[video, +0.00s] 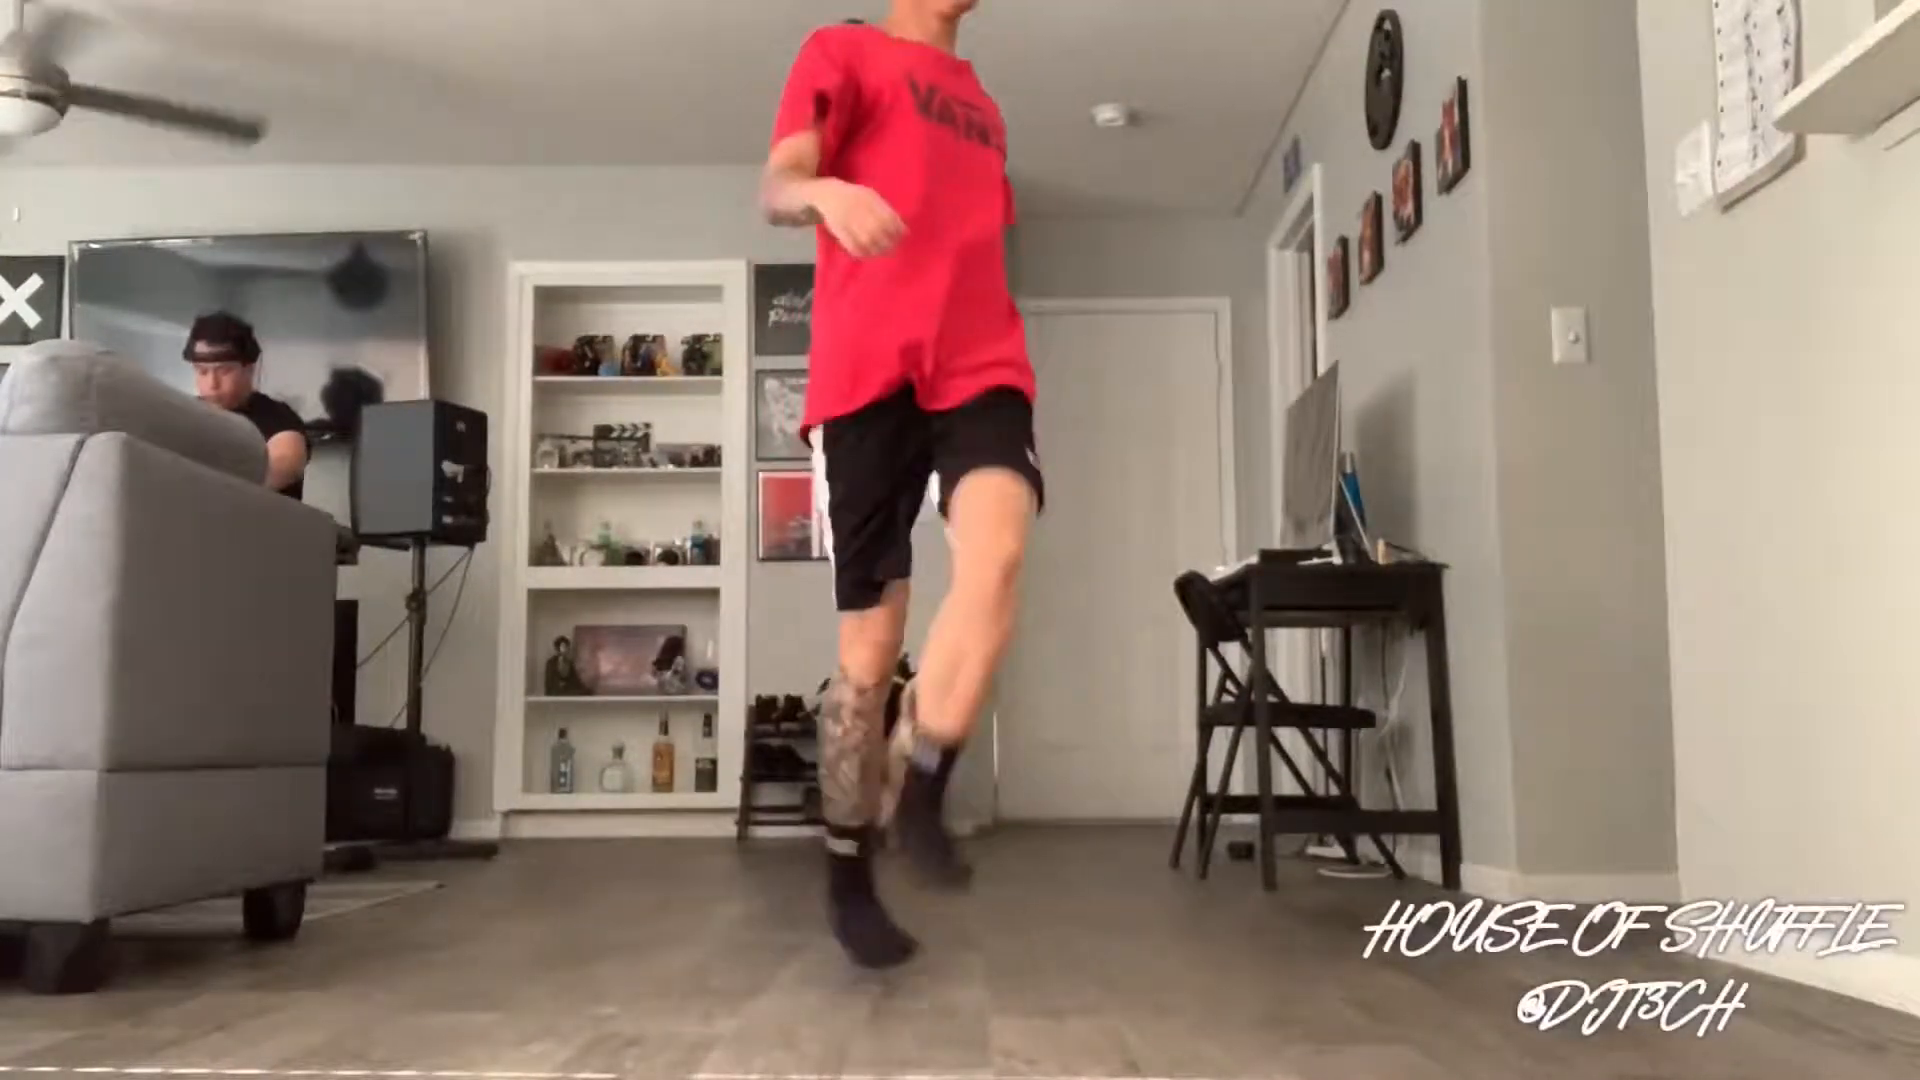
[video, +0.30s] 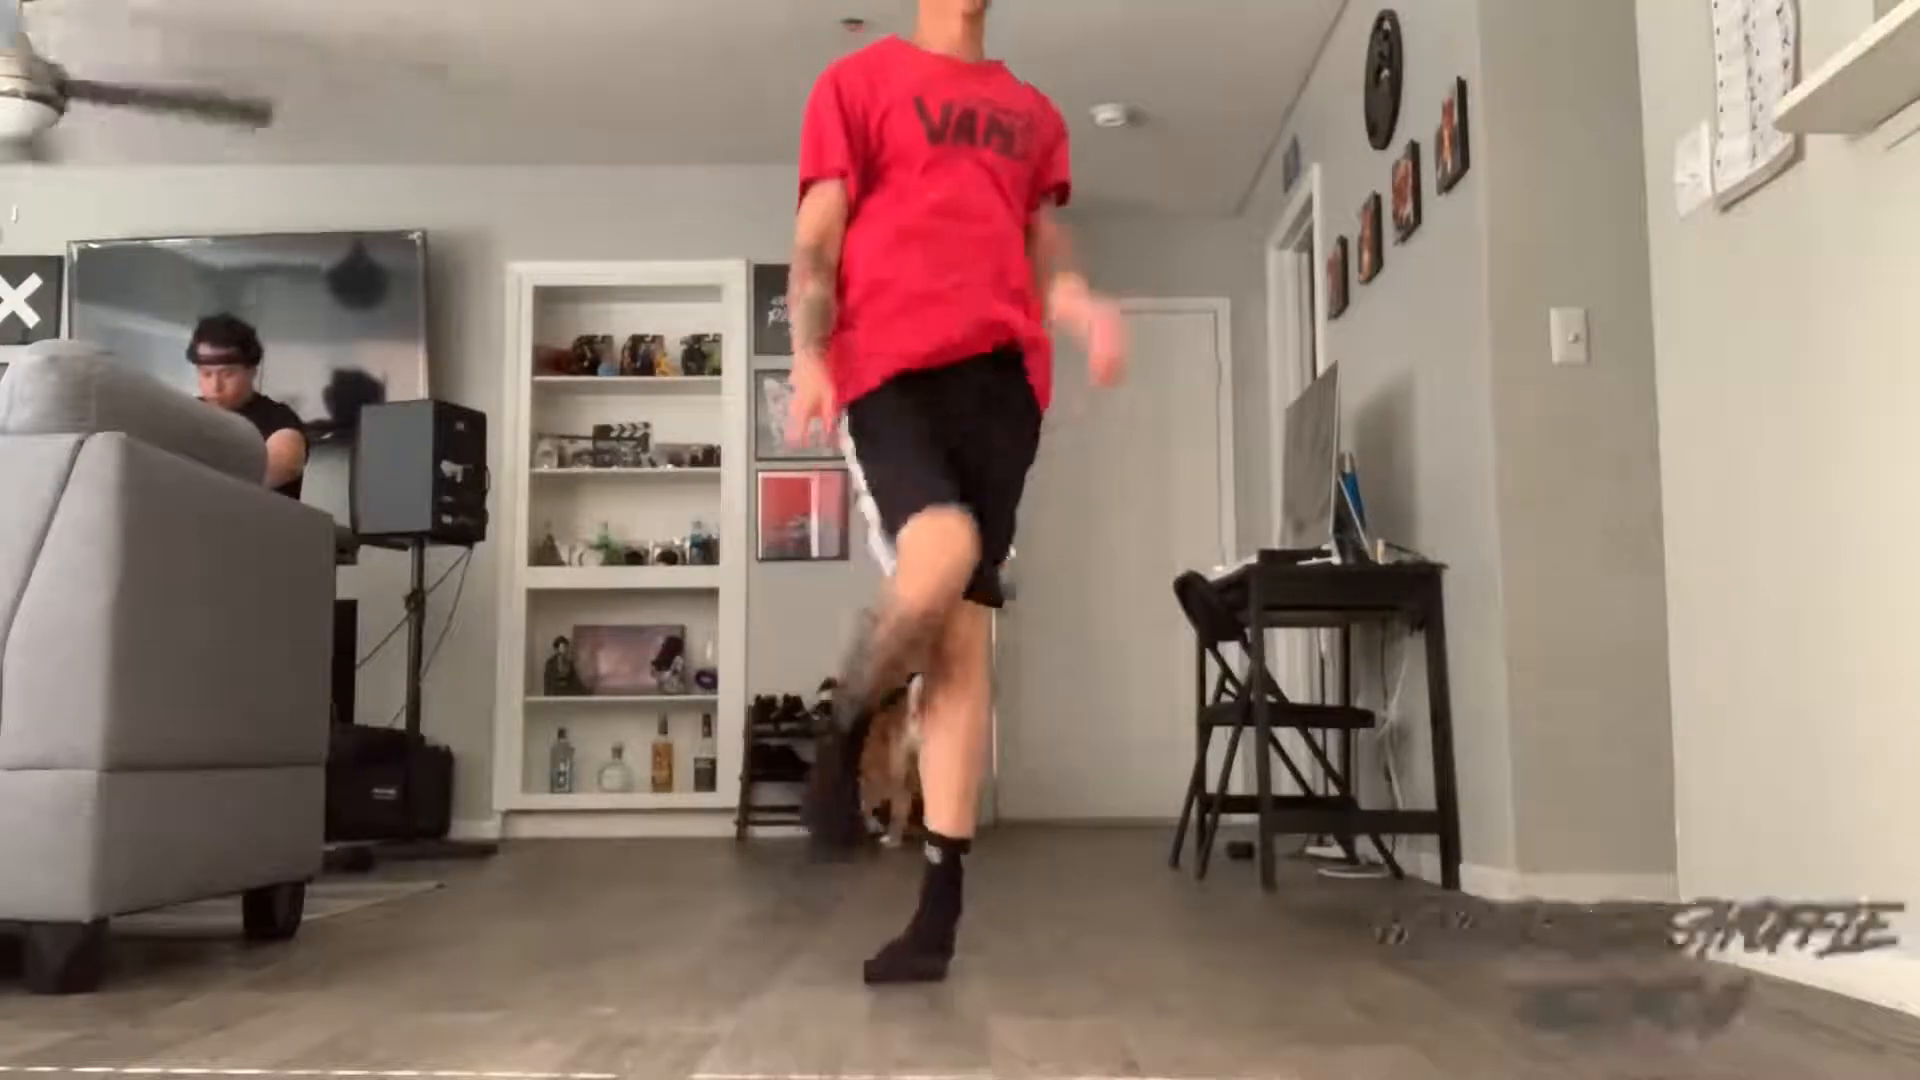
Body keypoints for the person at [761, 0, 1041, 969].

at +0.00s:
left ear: (960, 5)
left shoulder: (978, 101)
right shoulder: (842, 48)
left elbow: (977, 234)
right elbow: (778, 186)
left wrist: (990, 342)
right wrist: (827, 192)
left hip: (980, 363)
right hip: (868, 366)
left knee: (997, 553)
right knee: (874, 636)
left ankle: (921, 785)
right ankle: (848, 870)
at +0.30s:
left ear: (979, 8)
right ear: (936, 3)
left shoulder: (1033, 112)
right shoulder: (854, 83)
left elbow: (1051, 254)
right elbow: (817, 235)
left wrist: (1079, 302)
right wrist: (805, 351)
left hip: (997, 375)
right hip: (883, 371)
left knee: (959, 632)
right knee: (941, 557)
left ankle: (940, 906)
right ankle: (843, 728)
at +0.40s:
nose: (966, 1)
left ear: (981, 2)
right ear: (936, 1)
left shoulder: (1046, 99)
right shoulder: (863, 85)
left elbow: (1099, 238)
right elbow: (817, 251)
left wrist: (1156, 195)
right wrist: (786, 399)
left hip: (1000, 387)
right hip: (889, 366)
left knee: (965, 651)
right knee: (991, 493)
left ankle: (946, 918)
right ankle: (897, 699)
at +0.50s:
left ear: (983, 1)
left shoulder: (1051, 92)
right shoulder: (864, 95)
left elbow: (1129, 191)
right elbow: (812, 265)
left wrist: (1170, 98)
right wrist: (769, 404)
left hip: (1023, 392)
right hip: (914, 381)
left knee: (959, 642)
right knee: (994, 579)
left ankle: (906, 875)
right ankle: (990, 828)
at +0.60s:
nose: (993, 13)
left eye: (1002, 2)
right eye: (969, 0)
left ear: (1012, 24)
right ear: (915, 18)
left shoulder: (1051, 149)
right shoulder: (872, 154)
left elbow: (1174, 187)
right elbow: (803, 308)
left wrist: (1198, 62)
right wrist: (753, 445)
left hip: (1042, 449)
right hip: (938, 446)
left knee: (967, 678)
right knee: (1015, 663)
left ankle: (916, 888)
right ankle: (1019, 932)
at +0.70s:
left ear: (1009, 8)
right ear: (930, 4)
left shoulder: (1051, 104)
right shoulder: (879, 108)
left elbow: (1130, 209)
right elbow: (848, 278)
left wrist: (1203, 212)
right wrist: (845, 412)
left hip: (1053, 411)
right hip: (948, 416)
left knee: (1025, 672)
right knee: (983, 663)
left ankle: (928, 835)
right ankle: (1001, 915)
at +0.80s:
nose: (1013, 2)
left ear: (1022, 16)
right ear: (939, 7)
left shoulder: (1056, 132)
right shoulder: (895, 116)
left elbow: (1098, 277)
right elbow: (878, 277)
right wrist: (970, 326)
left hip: (1054, 413)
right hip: (950, 418)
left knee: (1102, 607)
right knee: (976, 667)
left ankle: (983, 718)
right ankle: (937, 906)